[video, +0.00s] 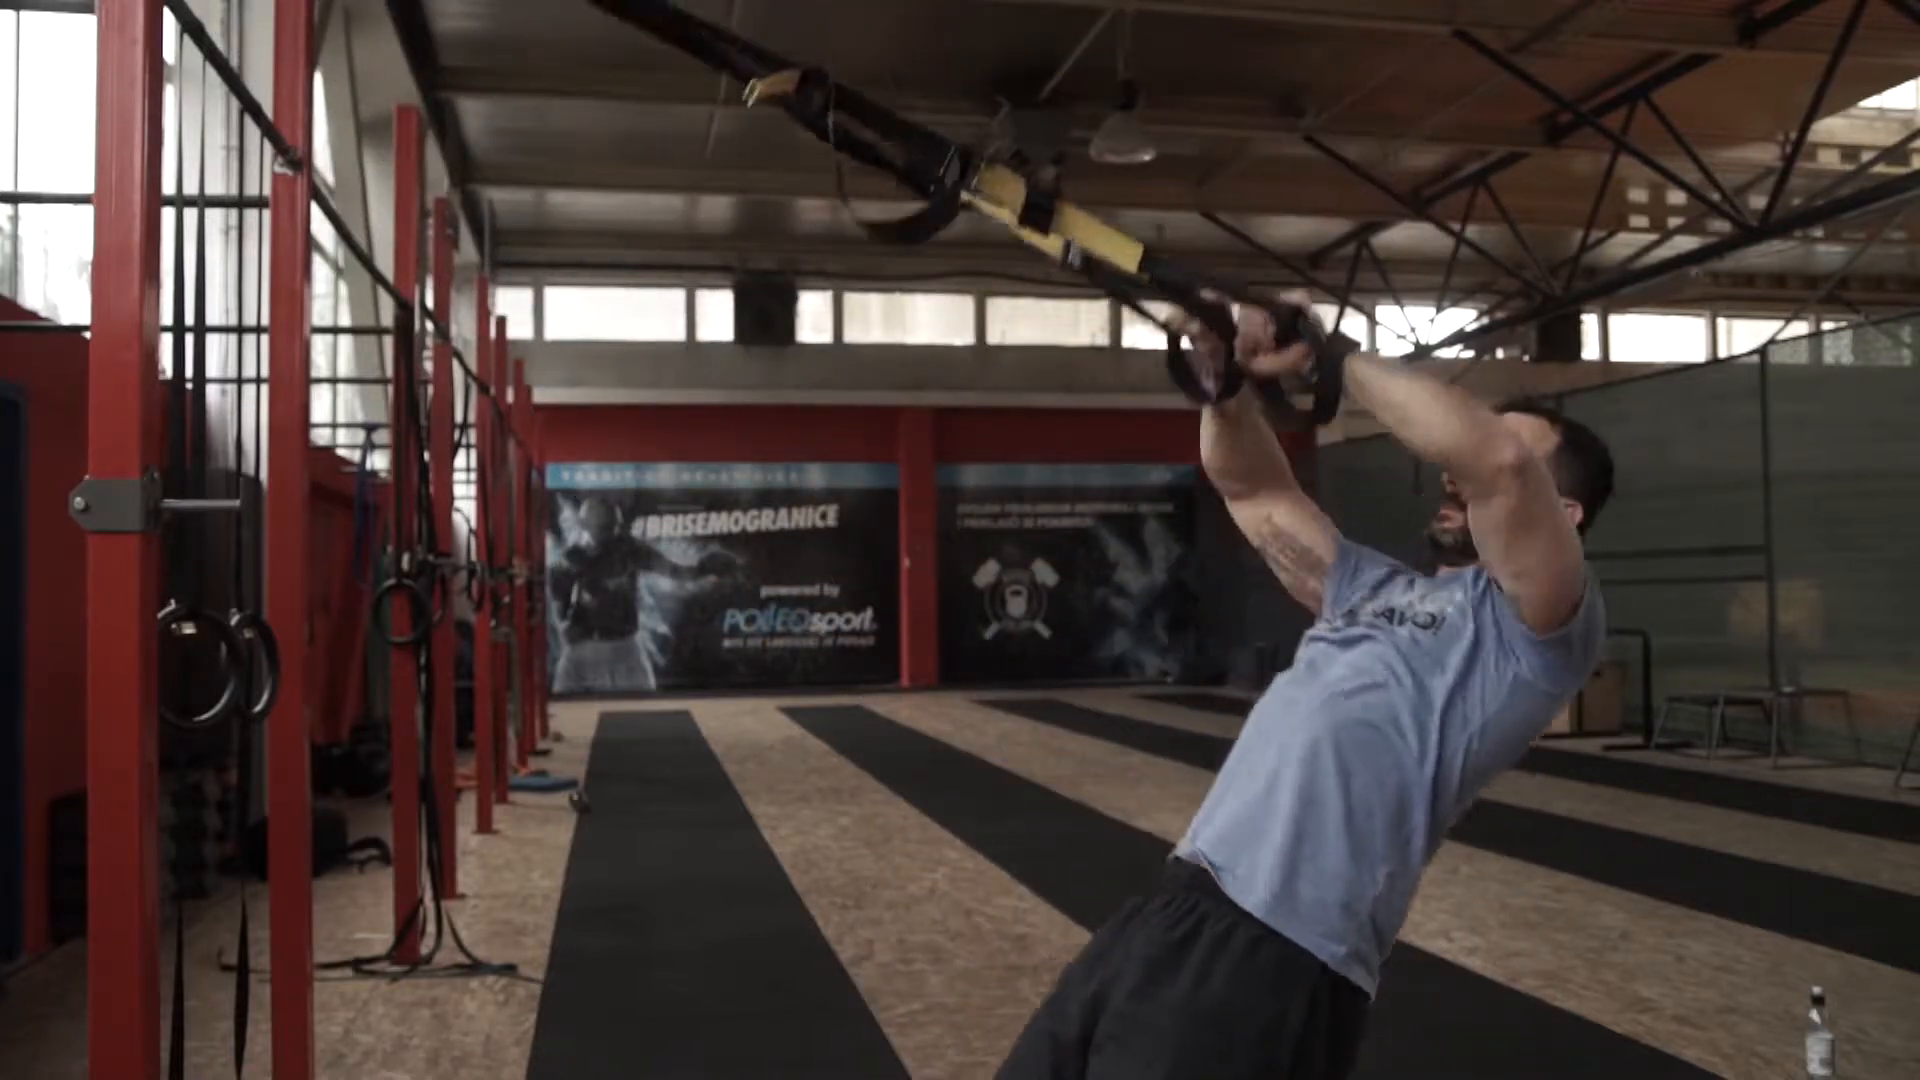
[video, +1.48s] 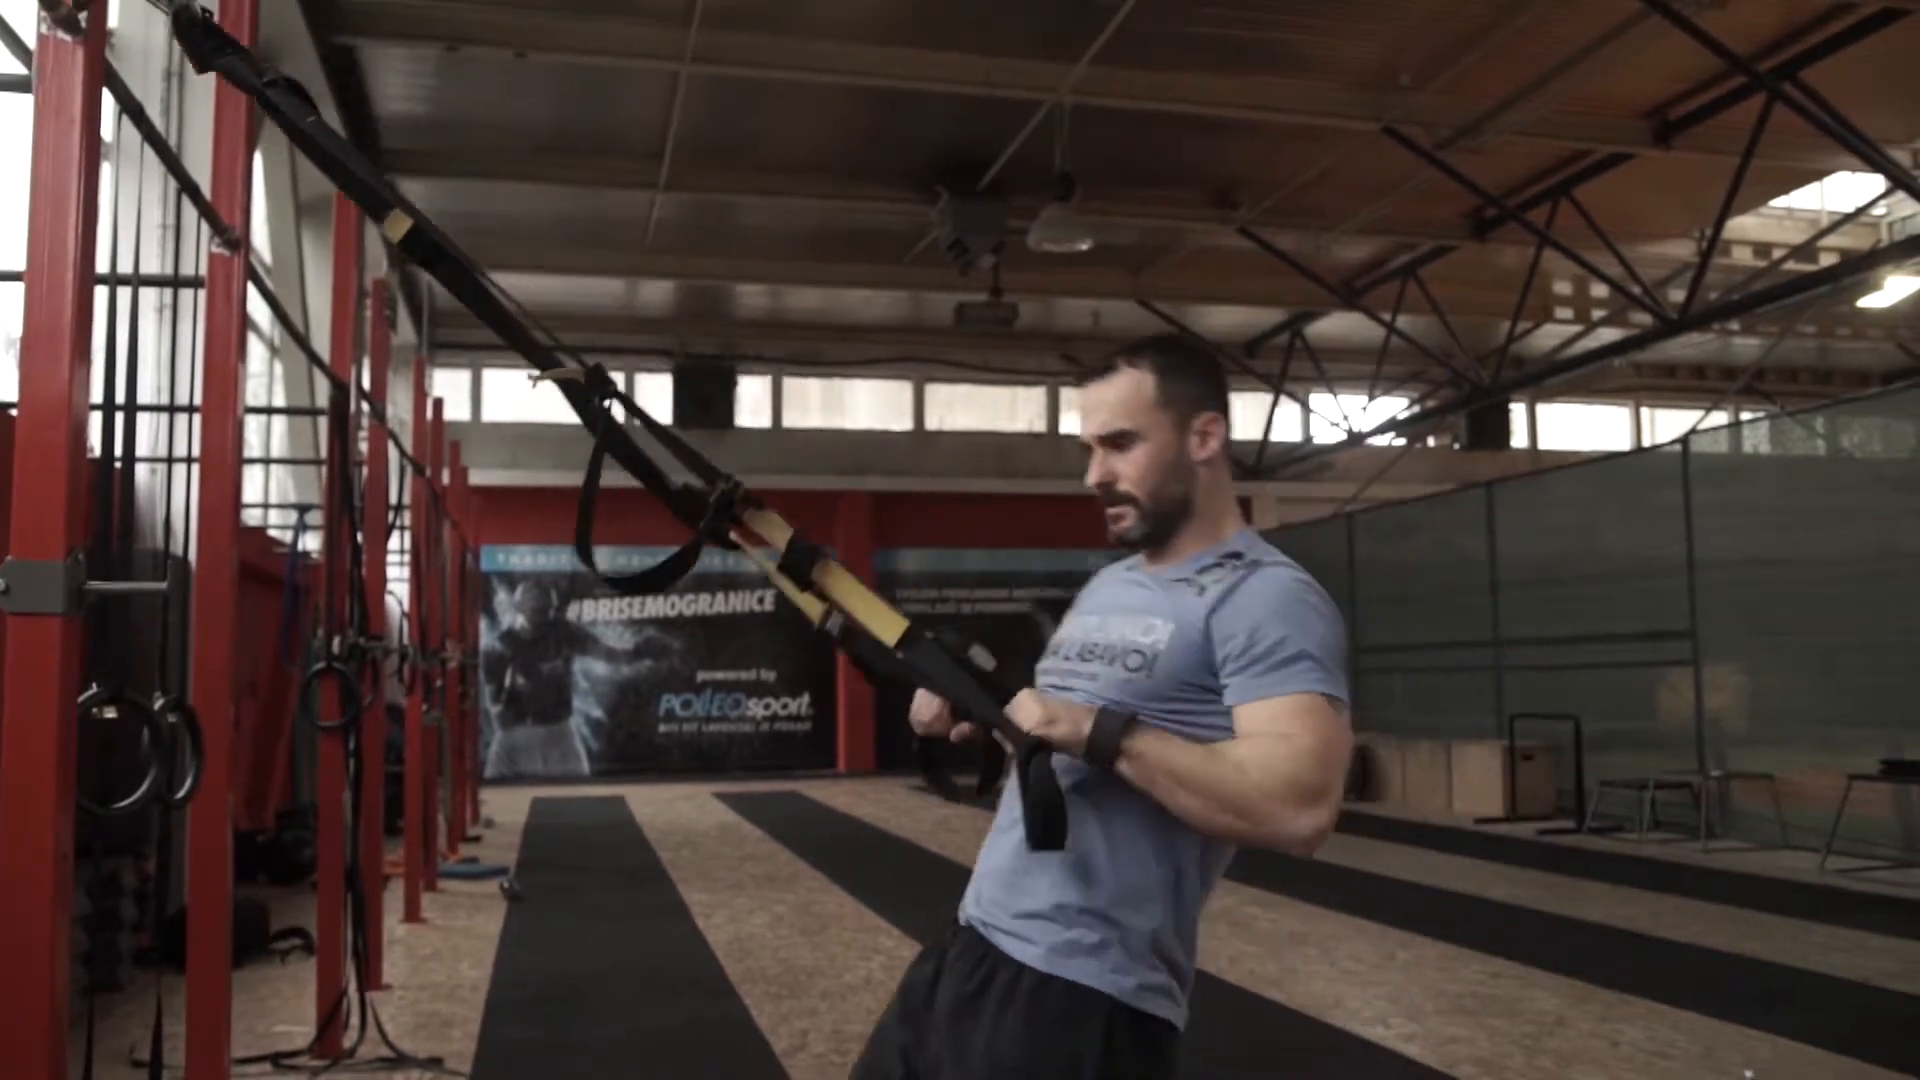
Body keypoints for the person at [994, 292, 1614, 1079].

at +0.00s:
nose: (1464, 474)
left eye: (1503, 454)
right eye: (1477, 447)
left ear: (1567, 510)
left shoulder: (1541, 632)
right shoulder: (1379, 587)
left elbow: (1496, 453)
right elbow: (1262, 499)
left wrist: (1331, 365)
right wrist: (1226, 392)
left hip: (1274, 977)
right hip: (1169, 916)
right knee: (1028, 1069)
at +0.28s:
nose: (1488, 537)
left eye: (1525, 527)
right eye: (1495, 522)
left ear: (1591, 577)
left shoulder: (1580, 685)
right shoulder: (1414, 663)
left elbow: (1401, 652)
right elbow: (1250, 670)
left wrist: (1221, 572)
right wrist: (1135, 591)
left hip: (1351, 1025)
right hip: (1241, 967)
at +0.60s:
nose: (1478, 612)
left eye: (1518, 602)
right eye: (1475, 590)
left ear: (1571, 645)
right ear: (1458, 597)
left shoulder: (1556, 749)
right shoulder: (1384, 715)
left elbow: (1383, 712)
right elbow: (1218, 729)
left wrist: (1197, 630)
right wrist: (1107, 639)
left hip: (1320, 1060)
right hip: (1197, 1012)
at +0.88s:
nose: (1468, 638)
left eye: (1506, 627)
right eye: (1459, 614)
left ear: (1553, 670)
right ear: (1439, 627)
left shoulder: (1538, 774)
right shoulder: (1364, 742)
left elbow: (1364, 737)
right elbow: (1196, 754)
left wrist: (1183, 648)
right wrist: (1091, 663)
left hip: (1296, 1070)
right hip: (1174, 1031)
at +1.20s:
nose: (1354, 571)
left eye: (1389, 551)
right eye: (1348, 548)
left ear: (1460, 579)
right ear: (1336, 555)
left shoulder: (1468, 713)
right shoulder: (1285, 685)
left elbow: (1329, 809)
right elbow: (1133, 786)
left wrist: (1182, 661)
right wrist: (1068, 680)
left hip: (1231, 1049)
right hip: (1113, 995)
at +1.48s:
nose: (1094, 475)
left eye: (1121, 444)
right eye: (1090, 451)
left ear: (1206, 436)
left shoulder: (1268, 596)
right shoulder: (1111, 582)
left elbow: (1297, 803)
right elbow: (1078, 755)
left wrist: (1097, 729)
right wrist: (982, 726)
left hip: (1089, 1002)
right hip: (973, 956)